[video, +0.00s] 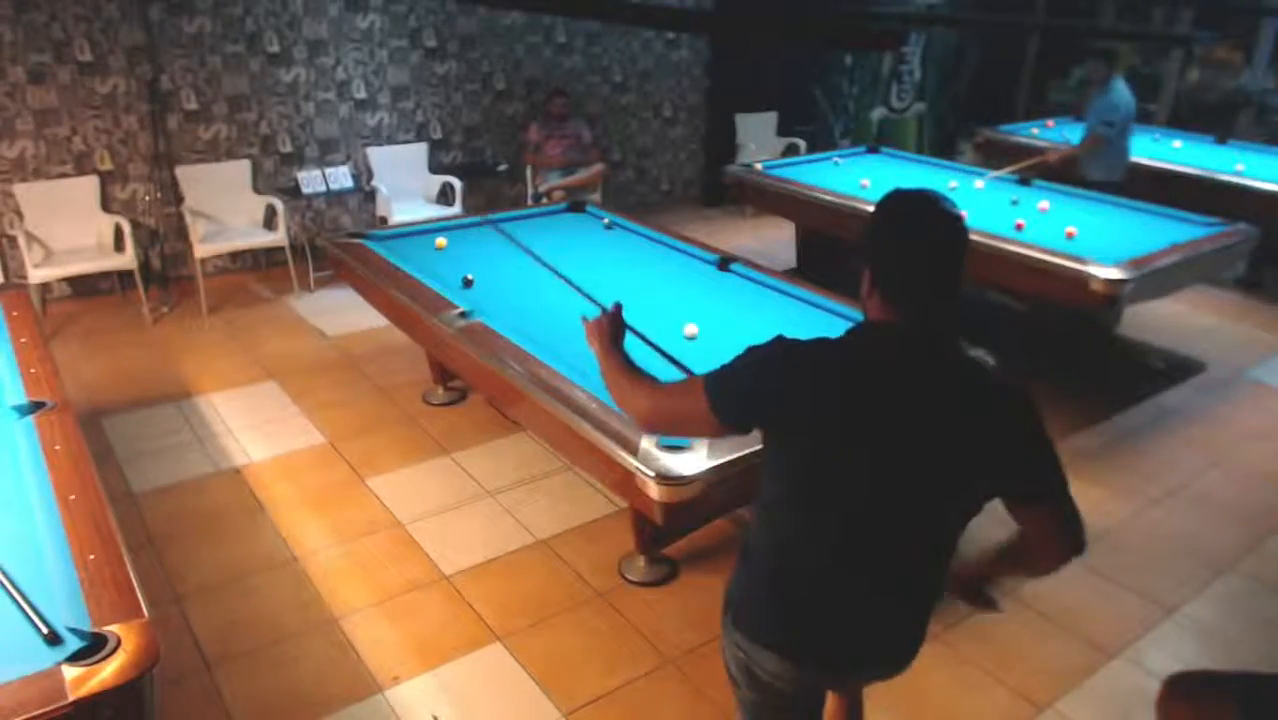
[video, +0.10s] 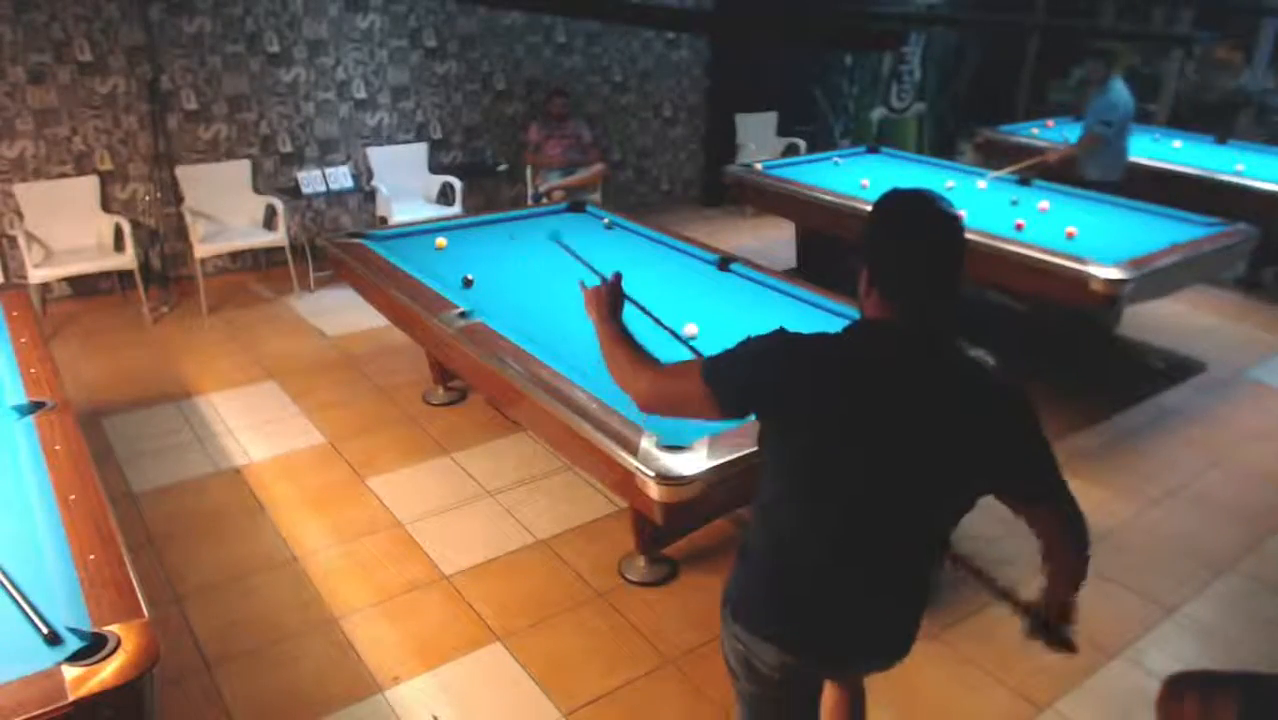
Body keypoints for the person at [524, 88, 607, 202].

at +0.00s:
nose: (560, 110)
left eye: (563, 106)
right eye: (556, 106)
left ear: (569, 107)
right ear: (548, 107)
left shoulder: (578, 125)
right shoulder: (539, 126)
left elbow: (592, 153)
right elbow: (530, 157)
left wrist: (571, 160)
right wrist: (555, 162)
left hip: (577, 166)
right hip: (551, 170)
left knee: (600, 169)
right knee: (559, 196)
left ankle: (549, 188)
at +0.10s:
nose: (559, 110)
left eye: (563, 106)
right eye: (555, 106)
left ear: (568, 107)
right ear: (548, 107)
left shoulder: (578, 125)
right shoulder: (539, 126)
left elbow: (592, 152)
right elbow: (530, 157)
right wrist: (555, 162)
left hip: (577, 166)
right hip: (550, 170)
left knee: (601, 168)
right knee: (558, 196)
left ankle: (550, 187)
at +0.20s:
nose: (559, 110)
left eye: (563, 106)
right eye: (555, 106)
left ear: (569, 107)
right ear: (548, 107)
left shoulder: (578, 125)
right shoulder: (539, 126)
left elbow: (591, 152)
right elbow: (530, 157)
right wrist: (555, 162)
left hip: (577, 165)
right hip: (551, 169)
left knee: (601, 169)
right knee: (558, 196)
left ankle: (550, 187)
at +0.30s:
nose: (559, 110)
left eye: (563, 106)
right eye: (555, 106)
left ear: (568, 107)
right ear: (548, 107)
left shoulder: (578, 125)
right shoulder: (539, 126)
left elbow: (592, 152)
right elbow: (530, 157)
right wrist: (555, 162)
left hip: (577, 166)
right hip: (550, 170)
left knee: (601, 168)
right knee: (558, 196)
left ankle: (550, 187)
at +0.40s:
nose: (559, 110)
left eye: (563, 106)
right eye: (555, 106)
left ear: (569, 107)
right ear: (548, 107)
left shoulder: (578, 125)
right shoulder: (539, 126)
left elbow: (591, 151)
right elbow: (530, 157)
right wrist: (555, 162)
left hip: (577, 165)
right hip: (551, 169)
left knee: (601, 169)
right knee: (558, 196)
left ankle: (550, 187)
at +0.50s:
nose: (559, 108)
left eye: (563, 104)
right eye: (555, 103)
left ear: (568, 105)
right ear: (548, 104)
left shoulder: (577, 123)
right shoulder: (538, 125)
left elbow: (591, 149)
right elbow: (530, 156)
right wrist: (554, 160)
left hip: (577, 164)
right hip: (548, 167)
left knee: (600, 166)